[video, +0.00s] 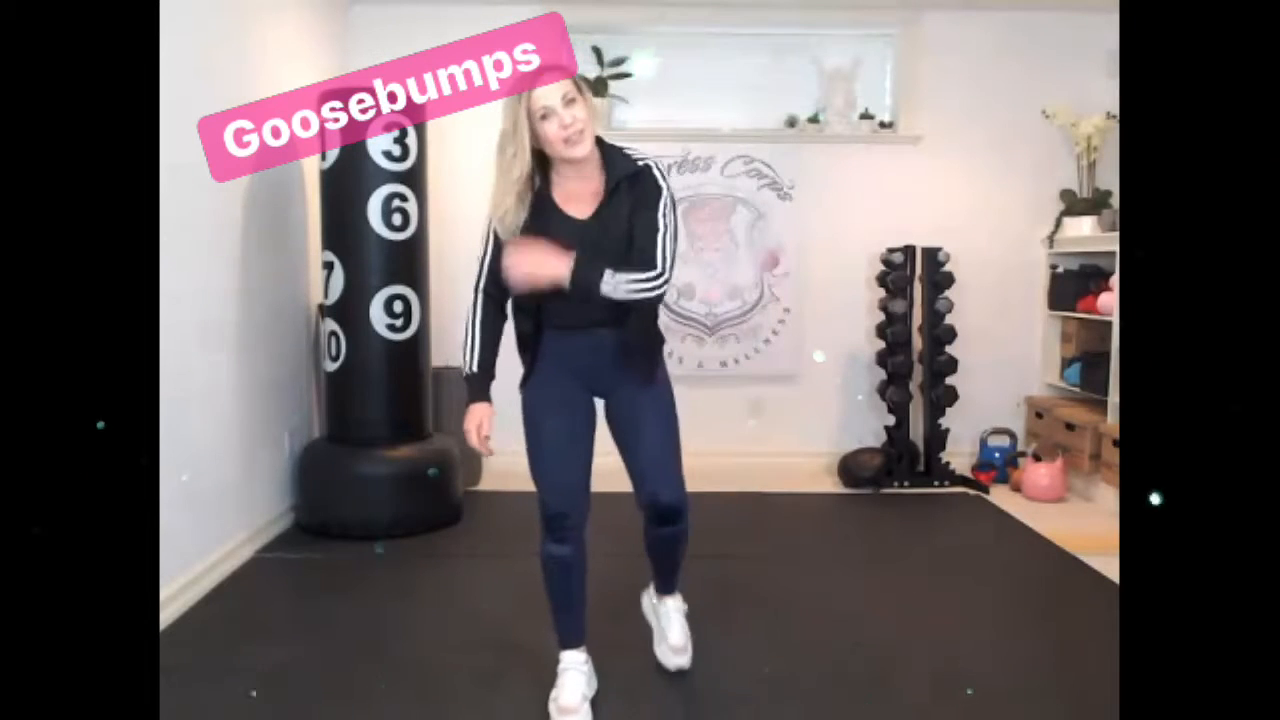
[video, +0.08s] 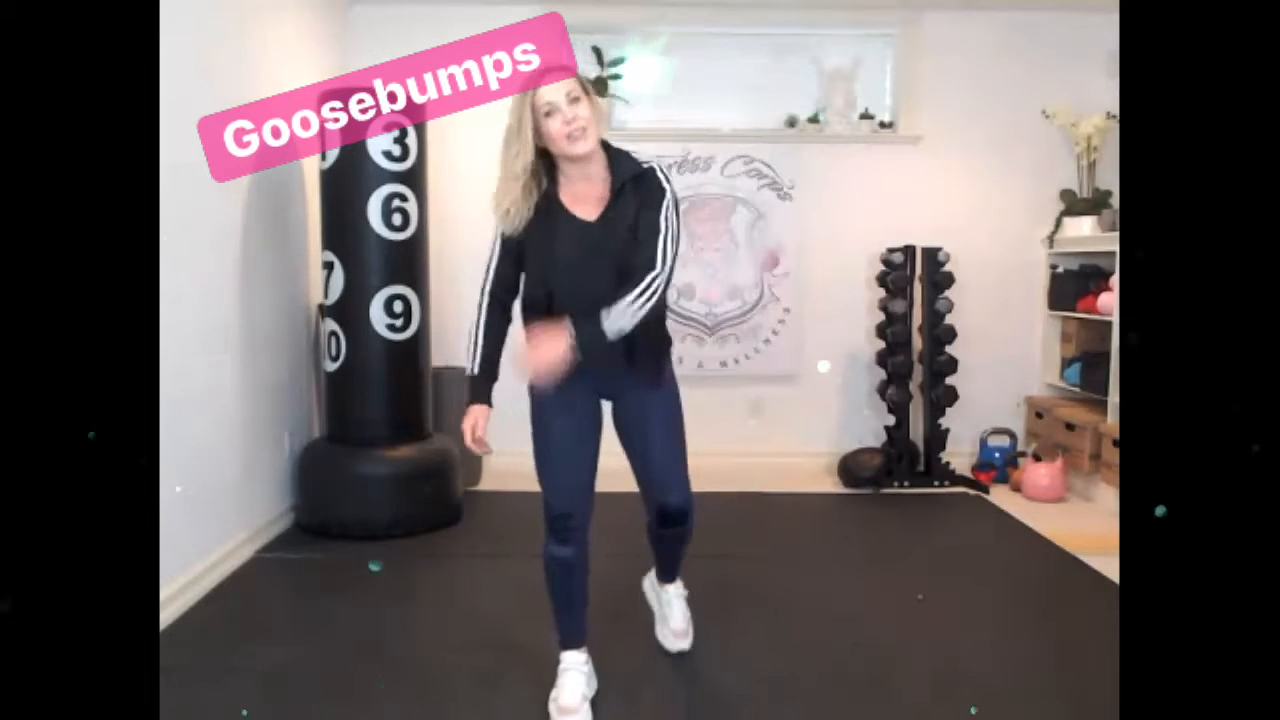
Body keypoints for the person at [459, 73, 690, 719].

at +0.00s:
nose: (566, 120)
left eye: (572, 104)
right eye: (548, 116)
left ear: (591, 106)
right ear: (533, 135)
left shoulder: (640, 177)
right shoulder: (520, 199)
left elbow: (655, 279)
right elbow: (489, 294)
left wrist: (569, 268)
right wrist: (480, 392)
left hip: (635, 363)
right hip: (553, 369)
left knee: (667, 503)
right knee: (561, 516)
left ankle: (666, 598)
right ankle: (572, 657)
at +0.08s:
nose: (569, 118)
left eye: (576, 103)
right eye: (552, 114)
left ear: (597, 109)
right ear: (538, 135)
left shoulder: (646, 185)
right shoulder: (528, 203)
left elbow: (654, 282)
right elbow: (497, 297)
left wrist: (576, 334)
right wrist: (480, 394)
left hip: (640, 365)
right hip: (561, 373)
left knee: (673, 503)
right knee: (564, 518)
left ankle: (667, 585)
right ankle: (573, 657)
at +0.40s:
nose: (608, 135)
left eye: (619, 124)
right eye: (595, 129)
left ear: (642, 137)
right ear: (581, 148)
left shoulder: (674, 216)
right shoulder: (572, 220)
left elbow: (701, 318)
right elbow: (558, 303)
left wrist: (705, 416)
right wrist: (542, 374)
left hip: (664, 371)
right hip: (591, 373)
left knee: (681, 504)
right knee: (577, 511)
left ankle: (691, 598)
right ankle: (571, 648)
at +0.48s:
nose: (617, 125)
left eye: (628, 114)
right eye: (605, 119)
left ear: (651, 129)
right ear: (591, 137)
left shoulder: (683, 205)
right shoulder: (581, 205)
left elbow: (721, 299)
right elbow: (571, 288)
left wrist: (734, 395)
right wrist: (558, 356)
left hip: (670, 361)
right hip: (596, 362)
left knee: (681, 492)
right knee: (576, 491)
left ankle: (693, 598)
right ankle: (561, 627)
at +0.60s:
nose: (625, 113)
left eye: (636, 103)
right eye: (613, 106)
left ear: (657, 118)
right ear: (599, 124)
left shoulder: (689, 188)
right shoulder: (587, 190)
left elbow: (738, 273)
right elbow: (572, 269)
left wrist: (756, 368)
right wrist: (560, 340)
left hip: (670, 349)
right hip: (599, 345)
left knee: (681, 480)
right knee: (565, 468)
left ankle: (693, 596)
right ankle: (549, 596)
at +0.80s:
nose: (629, 133)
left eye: (639, 123)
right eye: (618, 125)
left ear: (658, 134)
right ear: (605, 138)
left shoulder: (687, 210)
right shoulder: (582, 208)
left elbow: (728, 286)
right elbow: (554, 283)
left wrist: (754, 363)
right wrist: (526, 355)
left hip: (664, 362)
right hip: (593, 357)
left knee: (681, 488)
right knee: (550, 472)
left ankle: (693, 598)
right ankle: (521, 550)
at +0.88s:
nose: (622, 146)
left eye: (632, 137)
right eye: (612, 138)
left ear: (648, 148)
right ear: (597, 150)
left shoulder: (667, 222)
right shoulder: (567, 216)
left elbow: (699, 297)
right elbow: (532, 285)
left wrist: (722, 372)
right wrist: (503, 358)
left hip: (647, 365)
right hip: (579, 363)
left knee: (669, 485)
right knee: (550, 475)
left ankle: (693, 598)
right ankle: (524, 556)